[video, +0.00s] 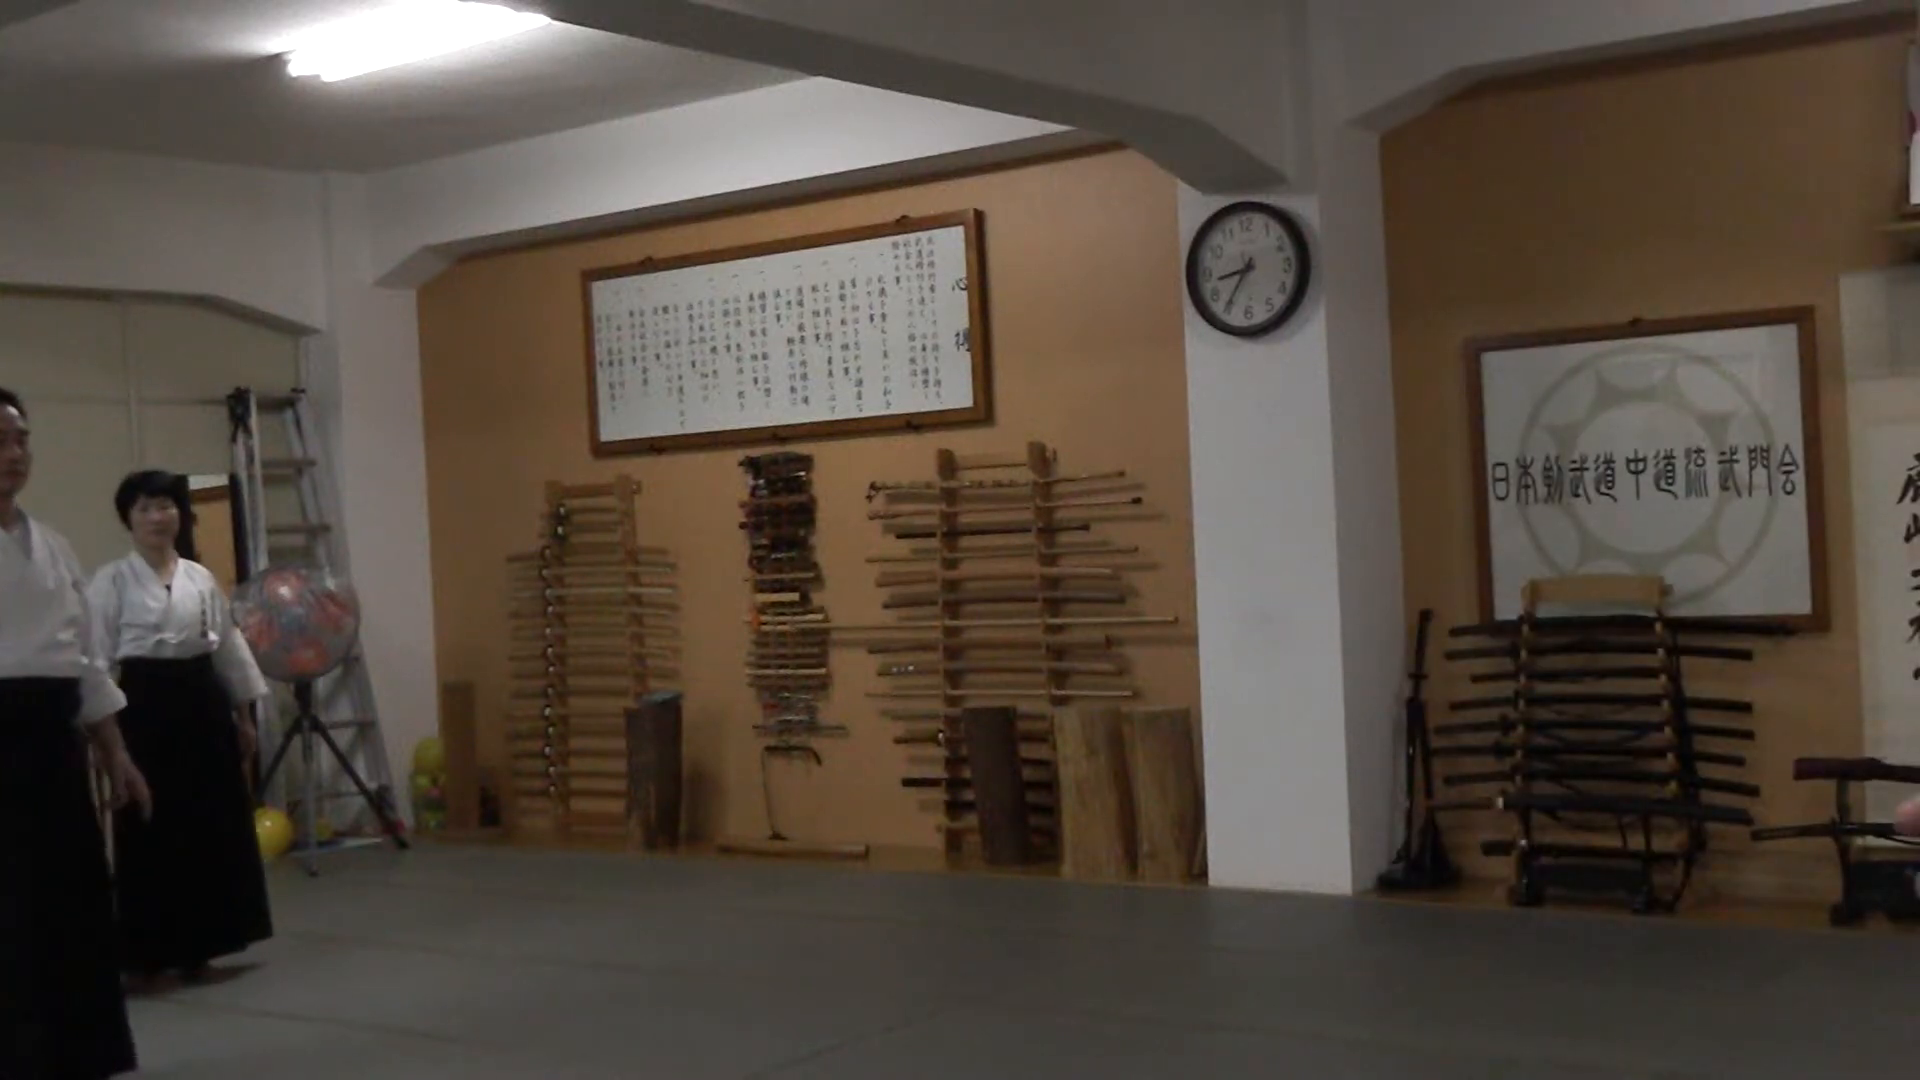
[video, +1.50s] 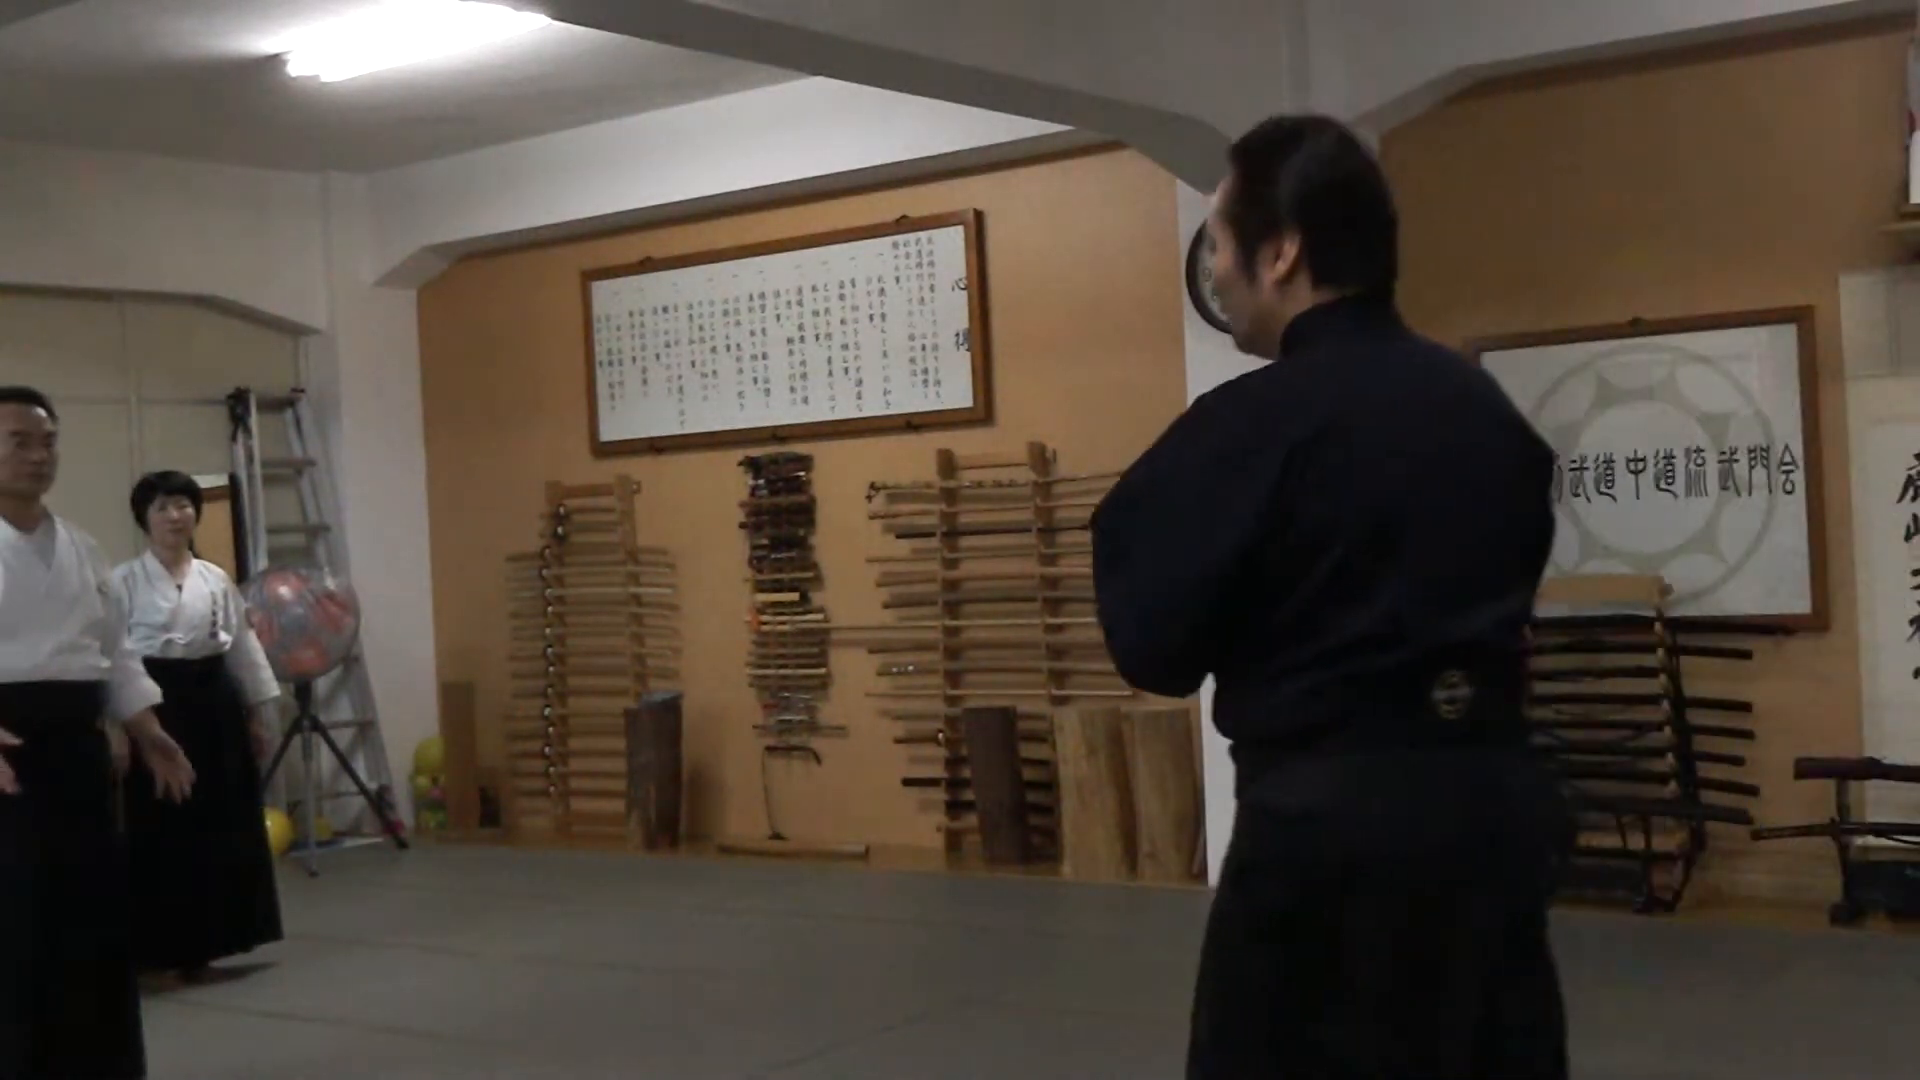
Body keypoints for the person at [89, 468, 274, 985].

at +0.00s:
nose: (156, 517)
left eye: (164, 507)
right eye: (144, 509)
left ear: (181, 516)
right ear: (127, 519)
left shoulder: (201, 579)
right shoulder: (110, 583)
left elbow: (229, 644)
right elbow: (96, 662)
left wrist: (247, 713)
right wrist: (104, 738)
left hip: (199, 700)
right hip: (142, 704)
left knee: (206, 818)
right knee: (149, 820)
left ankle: (199, 947)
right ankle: (149, 953)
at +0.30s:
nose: (167, 517)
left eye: (176, 507)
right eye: (156, 508)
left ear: (191, 517)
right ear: (138, 519)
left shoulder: (210, 579)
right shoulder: (118, 583)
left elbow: (238, 644)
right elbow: (97, 661)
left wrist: (260, 706)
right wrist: (105, 727)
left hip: (209, 703)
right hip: (152, 707)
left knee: (213, 821)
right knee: (154, 826)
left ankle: (204, 948)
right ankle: (152, 955)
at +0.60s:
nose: (172, 517)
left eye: (181, 508)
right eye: (161, 508)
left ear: (196, 518)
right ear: (145, 518)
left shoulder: (215, 580)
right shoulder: (123, 582)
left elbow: (241, 645)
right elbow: (104, 657)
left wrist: (262, 708)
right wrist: (110, 723)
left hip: (211, 702)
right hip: (155, 705)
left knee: (213, 820)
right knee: (158, 825)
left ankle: (200, 950)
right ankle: (151, 956)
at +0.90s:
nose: (174, 517)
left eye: (183, 508)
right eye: (163, 509)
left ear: (197, 518)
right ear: (145, 519)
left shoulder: (216, 581)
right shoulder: (124, 582)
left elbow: (243, 648)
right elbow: (103, 657)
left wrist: (261, 712)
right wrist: (114, 725)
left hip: (213, 703)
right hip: (158, 705)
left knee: (217, 821)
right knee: (162, 825)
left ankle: (204, 949)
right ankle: (156, 955)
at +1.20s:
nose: (174, 516)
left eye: (182, 507)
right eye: (163, 509)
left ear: (196, 517)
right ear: (144, 519)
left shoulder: (215, 580)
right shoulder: (124, 582)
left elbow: (242, 647)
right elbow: (106, 660)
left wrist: (261, 712)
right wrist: (114, 727)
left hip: (212, 701)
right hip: (157, 703)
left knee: (212, 821)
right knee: (162, 824)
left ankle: (199, 950)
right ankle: (154, 955)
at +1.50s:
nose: (175, 515)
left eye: (183, 506)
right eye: (163, 507)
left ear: (197, 515)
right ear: (144, 519)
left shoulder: (216, 580)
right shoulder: (124, 581)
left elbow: (243, 646)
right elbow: (112, 658)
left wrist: (262, 713)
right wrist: (121, 729)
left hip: (211, 702)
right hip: (153, 706)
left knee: (213, 818)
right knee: (159, 822)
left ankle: (203, 946)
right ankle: (162, 949)